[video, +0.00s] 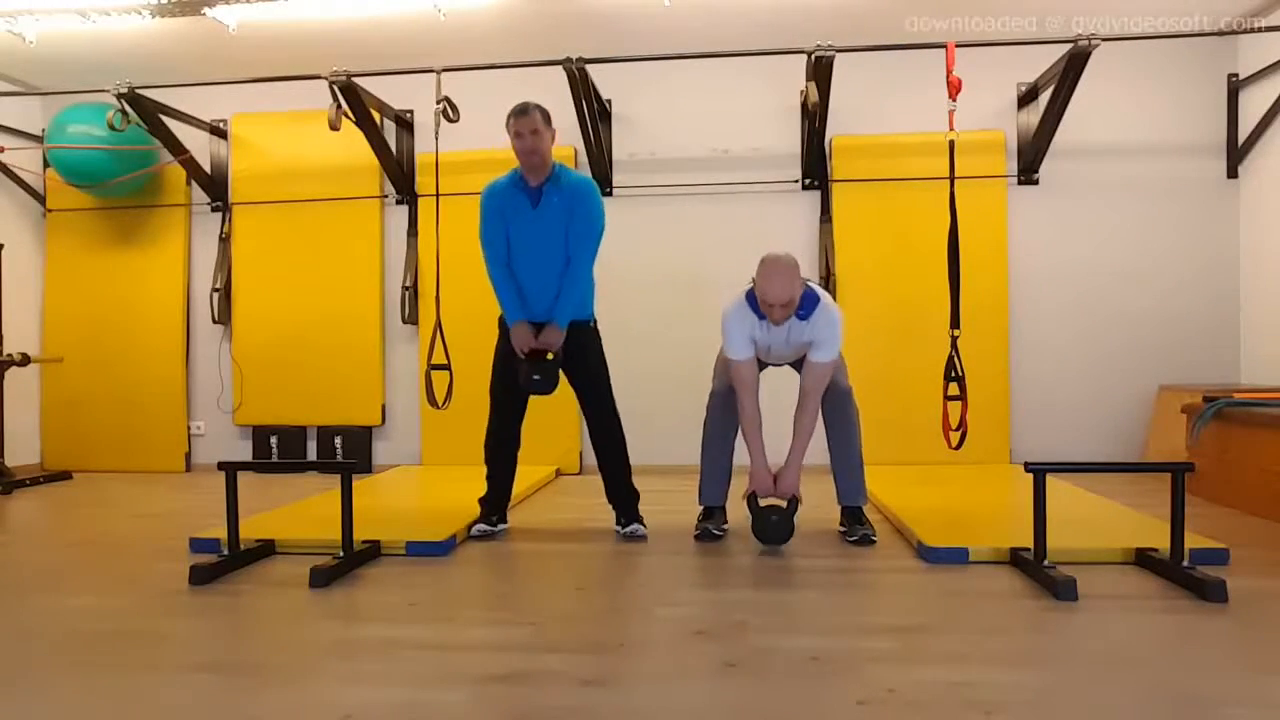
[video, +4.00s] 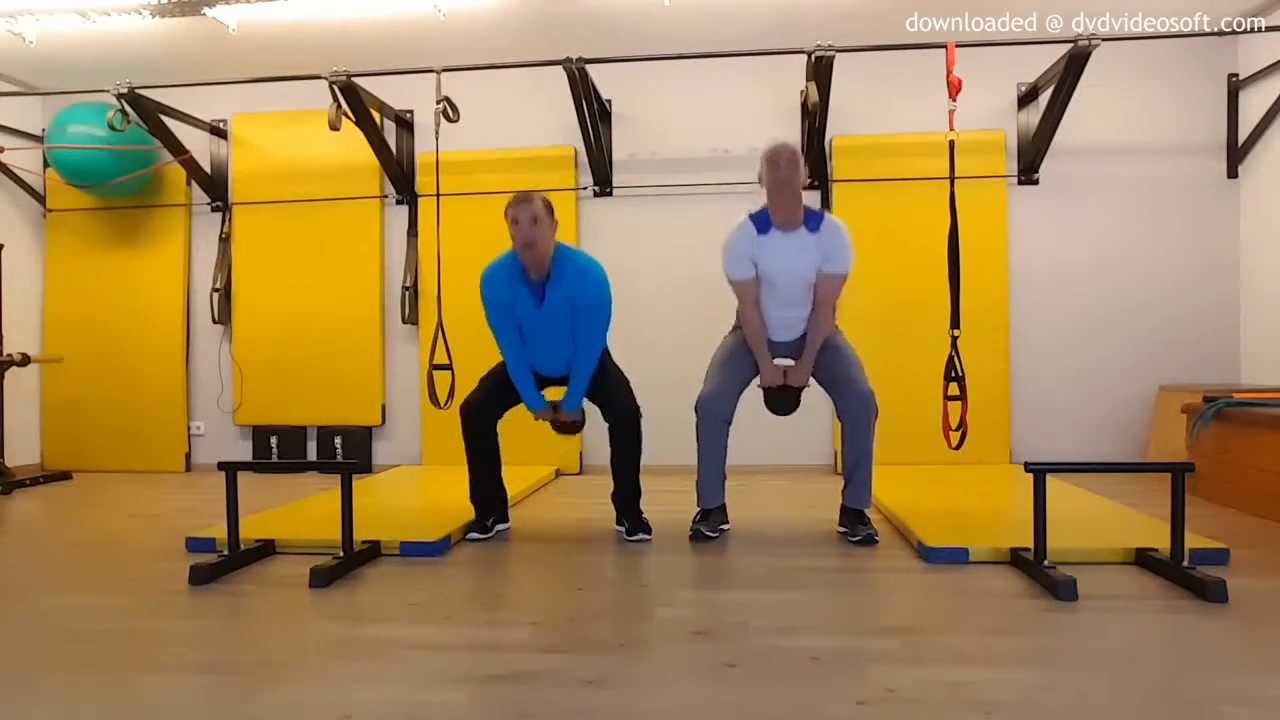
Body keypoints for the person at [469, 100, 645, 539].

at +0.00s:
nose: (528, 141)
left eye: (535, 132)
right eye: (519, 135)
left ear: (552, 136)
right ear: (510, 141)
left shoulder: (582, 190)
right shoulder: (496, 196)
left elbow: (582, 262)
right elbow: (496, 264)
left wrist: (560, 322)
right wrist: (515, 321)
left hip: (573, 322)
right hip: (517, 324)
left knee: (603, 418)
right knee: (503, 422)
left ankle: (627, 514)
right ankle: (493, 512)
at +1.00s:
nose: (533, 152)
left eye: (541, 145)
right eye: (525, 146)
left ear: (558, 155)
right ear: (515, 157)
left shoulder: (586, 214)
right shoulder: (495, 216)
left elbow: (582, 292)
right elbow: (501, 290)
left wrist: (559, 353)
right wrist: (518, 350)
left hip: (573, 334)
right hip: (516, 335)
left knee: (613, 413)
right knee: (482, 414)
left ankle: (629, 516)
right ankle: (491, 513)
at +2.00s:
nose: (543, 156)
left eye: (551, 150)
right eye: (536, 151)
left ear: (567, 161)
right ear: (525, 164)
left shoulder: (593, 218)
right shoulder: (507, 217)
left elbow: (585, 284)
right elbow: (505, 281)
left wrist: (560, 338)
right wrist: (517, 335)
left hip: (581, 335)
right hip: (525, 336)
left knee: (622, 410)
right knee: (489, 411)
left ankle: (631, 514)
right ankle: (493, 512)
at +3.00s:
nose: (543, 136)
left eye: (550, 129)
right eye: (536, 133)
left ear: (565, 136)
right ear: (527, 141)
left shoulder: (589, 178)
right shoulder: (515, 181)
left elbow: (556, 150)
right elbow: (489, 182)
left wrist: (540, 129)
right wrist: (494, 140)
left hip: (571, 312)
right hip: (519, 310)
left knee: (598, 414)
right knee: (505, 414)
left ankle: (629, 516)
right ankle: (493, 514)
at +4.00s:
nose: (526, 231)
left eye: (535, 221)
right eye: (517, 223)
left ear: (553, 226)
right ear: (509, 231)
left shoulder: (588, 274)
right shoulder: (495, 280)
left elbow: (589, 348)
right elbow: (512, 351)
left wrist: (572, 404)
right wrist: (538, 405)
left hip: (585, 362)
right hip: (527, 366)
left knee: (626, 413)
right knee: (475, 413)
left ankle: (629, 514)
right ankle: (492, 514)